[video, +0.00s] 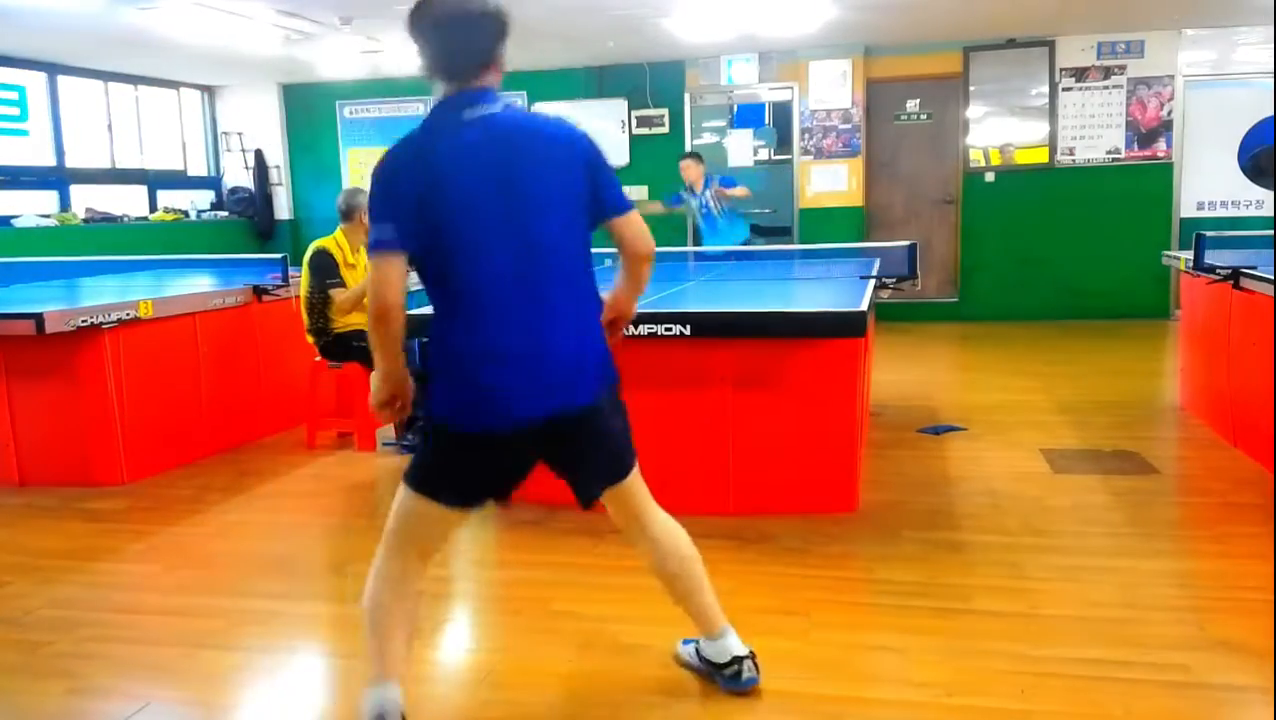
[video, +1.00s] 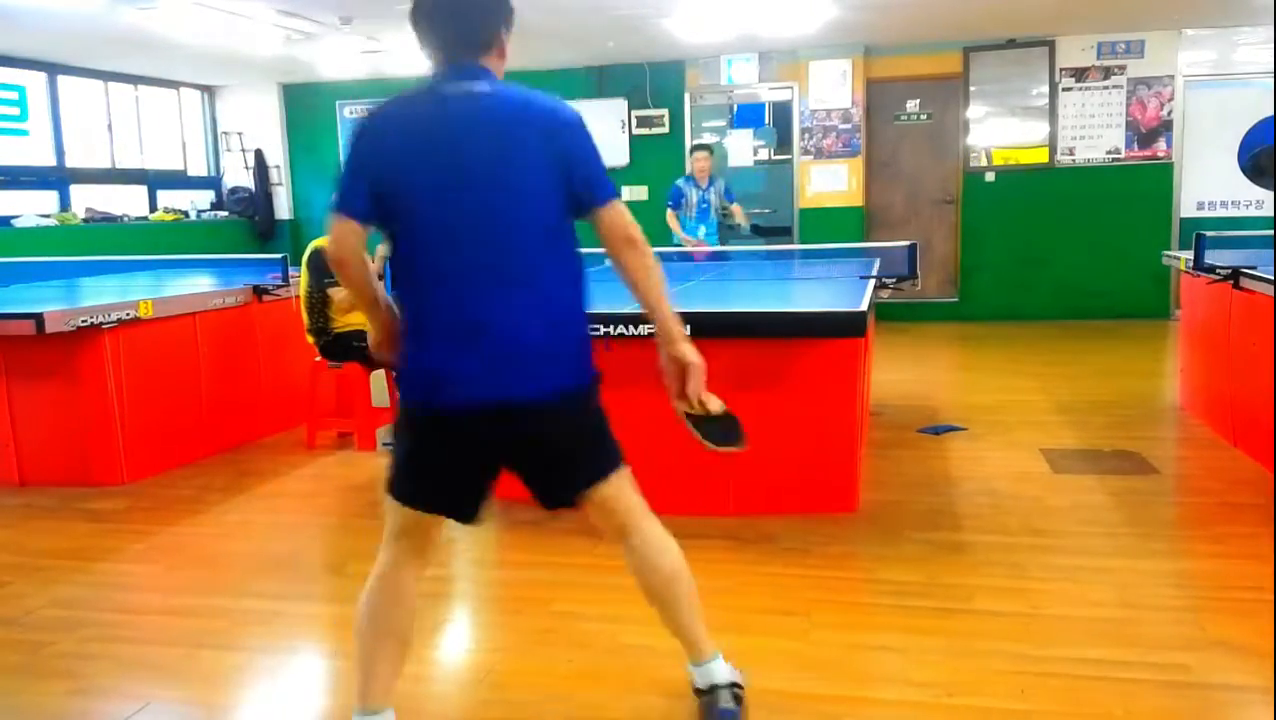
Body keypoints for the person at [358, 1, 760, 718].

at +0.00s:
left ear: (424, 62)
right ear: (498, 56)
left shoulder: (405, 164)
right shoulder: (563, 139)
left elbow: (385, 297)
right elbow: (638, 244)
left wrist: (390, 372)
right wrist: (625, 298)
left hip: (479, 397)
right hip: (580, 382)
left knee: (403, 552)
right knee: (644, 514)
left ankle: (385, 696)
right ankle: (727, 646)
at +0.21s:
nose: (537, 29)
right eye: (537, 21)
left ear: (460, 24)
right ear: (531, 24)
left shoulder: (412, 107)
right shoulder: (580, 102)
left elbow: (377, 232)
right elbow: (618, 229)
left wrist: (392, 321)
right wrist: (617, 298)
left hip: (456, 353)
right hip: (561, 349)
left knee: (403, 505)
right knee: (630, 500)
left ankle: (354, 676)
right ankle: (671, 662)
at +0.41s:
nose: (549, 45)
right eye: (548, 36)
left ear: (469, 43)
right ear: (541, 42)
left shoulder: (431, 123)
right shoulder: (586, 102)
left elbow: (385, 242)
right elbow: (660, 196)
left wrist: (406, 303)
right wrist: (629, 259)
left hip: (471, 362)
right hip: (574, 356)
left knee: (409, 509)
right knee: (640, 503)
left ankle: (345, 661)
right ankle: (669, 664)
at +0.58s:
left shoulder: (426, 17)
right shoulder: (576, 8)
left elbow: (376, 113)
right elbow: (663, 66)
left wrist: (404, 195)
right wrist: (651, 150)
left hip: (482, 278)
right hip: (580, 268)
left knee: (422, 449)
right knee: (630, 462)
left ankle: (362, 611)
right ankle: (675, 627)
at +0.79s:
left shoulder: (410, 10)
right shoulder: (580, 6)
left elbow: (378, 108)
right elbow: (647, 95)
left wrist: (385, 217)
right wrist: (694, 203)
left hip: (482, 278)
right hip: (584, 266)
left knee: (430, 466)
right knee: (651, 458)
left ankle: (370, 634)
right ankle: (705, 618)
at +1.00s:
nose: (509, 44)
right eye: (508, 33)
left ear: (426, 42)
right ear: (500, 39)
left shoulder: (386, 127)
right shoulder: (550, 119)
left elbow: (341, 244)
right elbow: (623, 238)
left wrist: (382, 317)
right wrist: (674, 337)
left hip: (443, 391)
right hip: (552, 383)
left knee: (403, 551)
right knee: (632, 523)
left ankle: (372, 710)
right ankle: (712, 673)